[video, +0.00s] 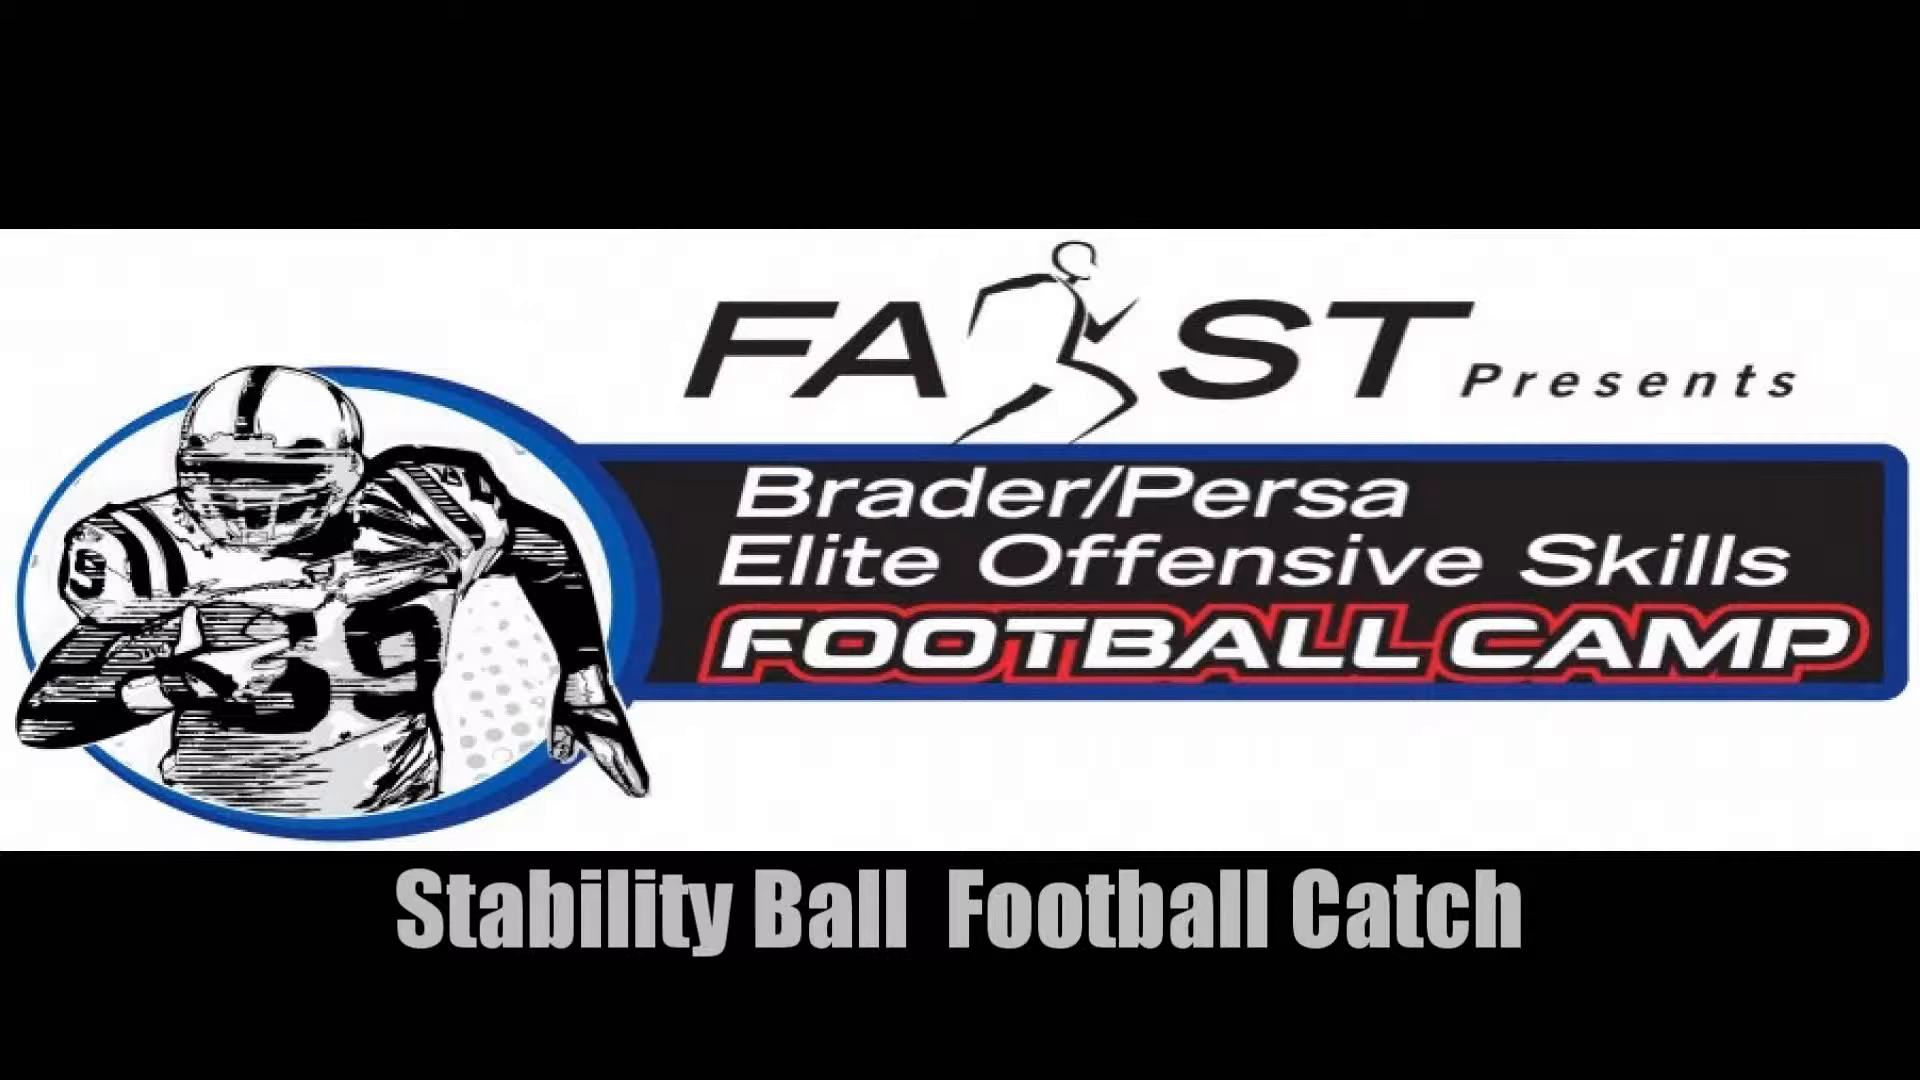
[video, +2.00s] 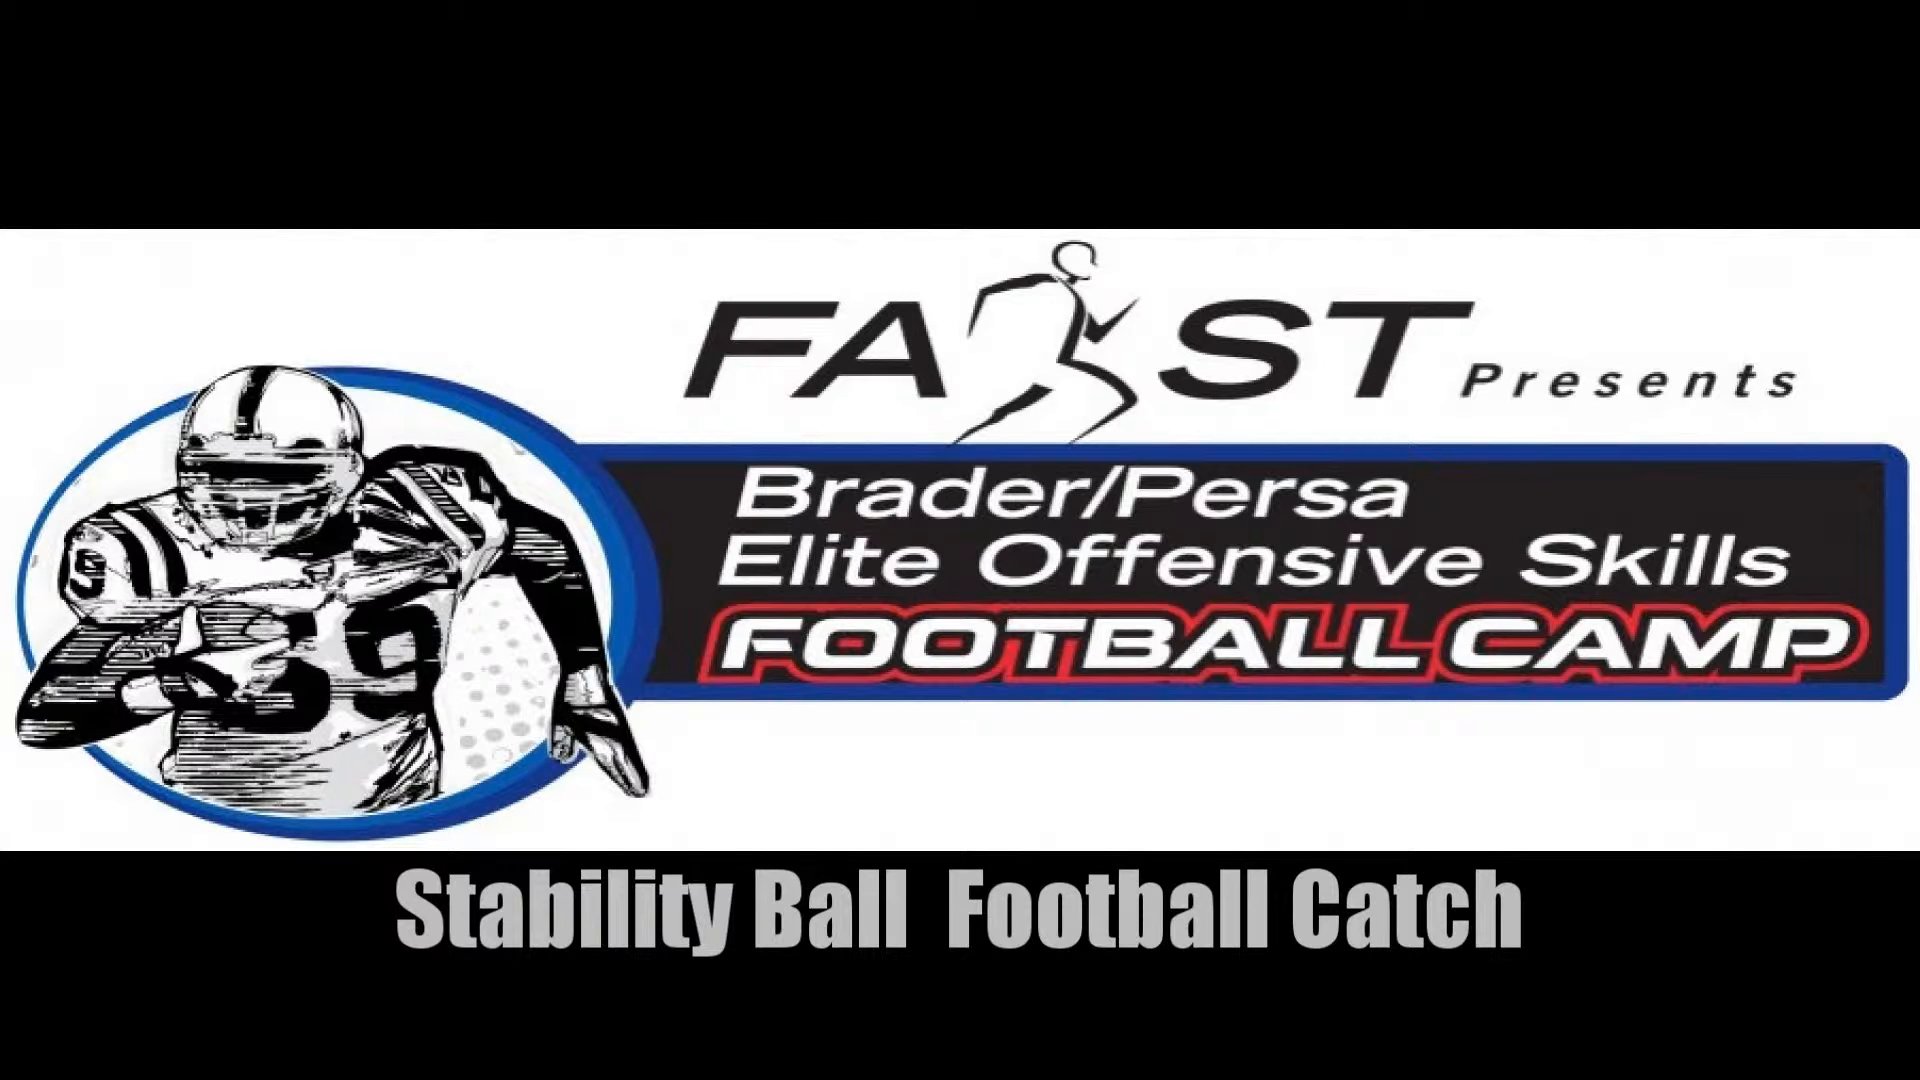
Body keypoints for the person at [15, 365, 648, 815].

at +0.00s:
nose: (252, 515)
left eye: (279, 493)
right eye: (230, 492)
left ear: (336, 480)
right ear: (194, 479)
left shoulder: (423, 508)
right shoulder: (141, 548)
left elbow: (546, 548)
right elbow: (43, 716)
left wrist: (585, 672)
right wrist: (174, 683)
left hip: (386, 812)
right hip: (219, 816)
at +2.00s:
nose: (252, 515)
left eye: (280, 494)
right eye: (229, 492)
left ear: (336, 480)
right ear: (194, 479)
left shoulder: (425, 508)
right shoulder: (142, 549)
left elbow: (546, 548)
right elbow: (43, 716)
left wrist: (585, 671)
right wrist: (175, 683)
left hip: (386, 814)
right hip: (218, 816)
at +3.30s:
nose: (269, 504)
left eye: (296, 484)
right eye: (250, 482)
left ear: (344, 476)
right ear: (224, 473)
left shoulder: (425, 505)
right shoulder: (186, 545)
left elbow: (543, 549)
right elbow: (117, 706)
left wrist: (583, 678)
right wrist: (223, 672)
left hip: (390, 803)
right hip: (245, 803)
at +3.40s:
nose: (320, 513)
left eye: (344, 492)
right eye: (303, 491)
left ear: (380, 478)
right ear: (278, 477)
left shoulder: (447, 511)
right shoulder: (247, 549)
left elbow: (550, 551)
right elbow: (182, 697)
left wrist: (584, 675)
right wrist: (277, 666)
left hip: (421, 794)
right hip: (297, 794)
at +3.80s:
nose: (402, 531)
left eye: (424, 513)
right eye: (383, 513)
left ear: (467, 501)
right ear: (355, 504)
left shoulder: (535, 524)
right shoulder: (314, 559)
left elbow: (633, 555)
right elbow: (233, 690)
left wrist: (663, 652)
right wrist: (337, 662)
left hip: (511, 764)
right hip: (376, 767)